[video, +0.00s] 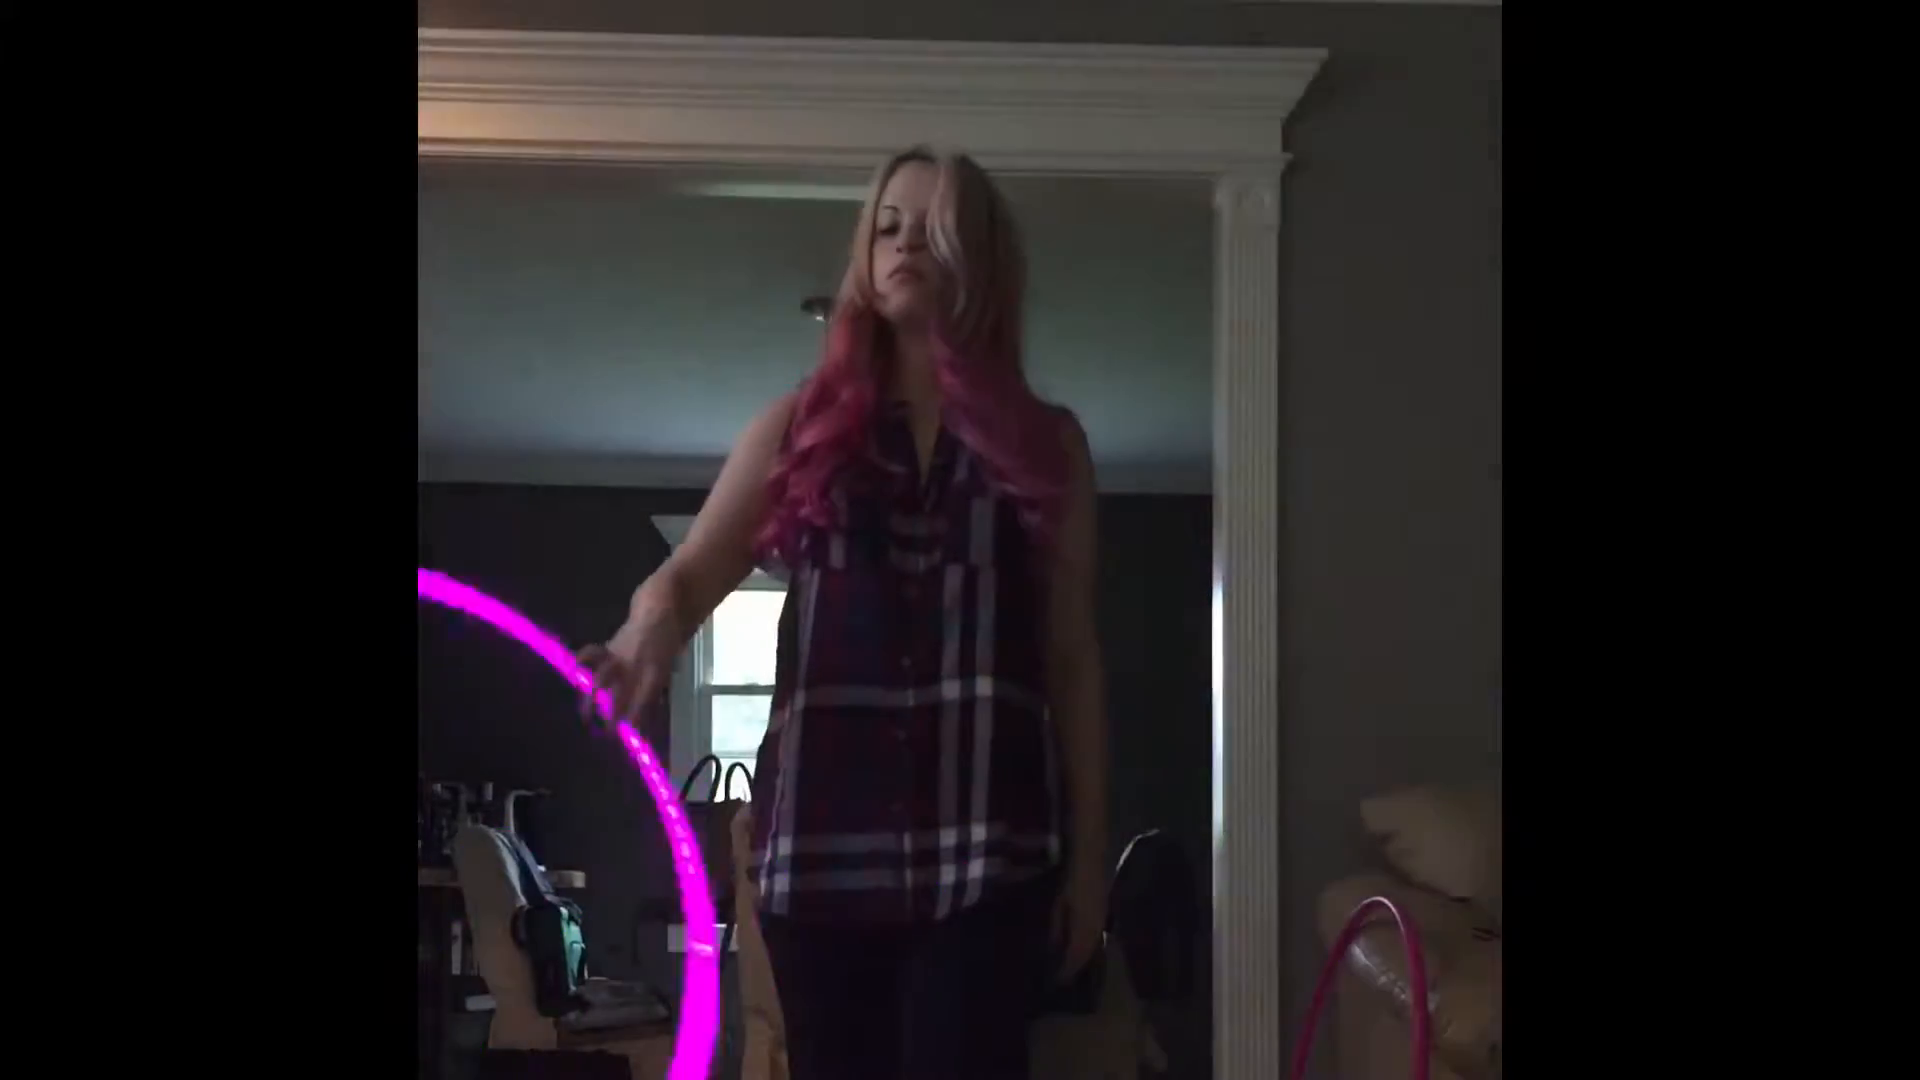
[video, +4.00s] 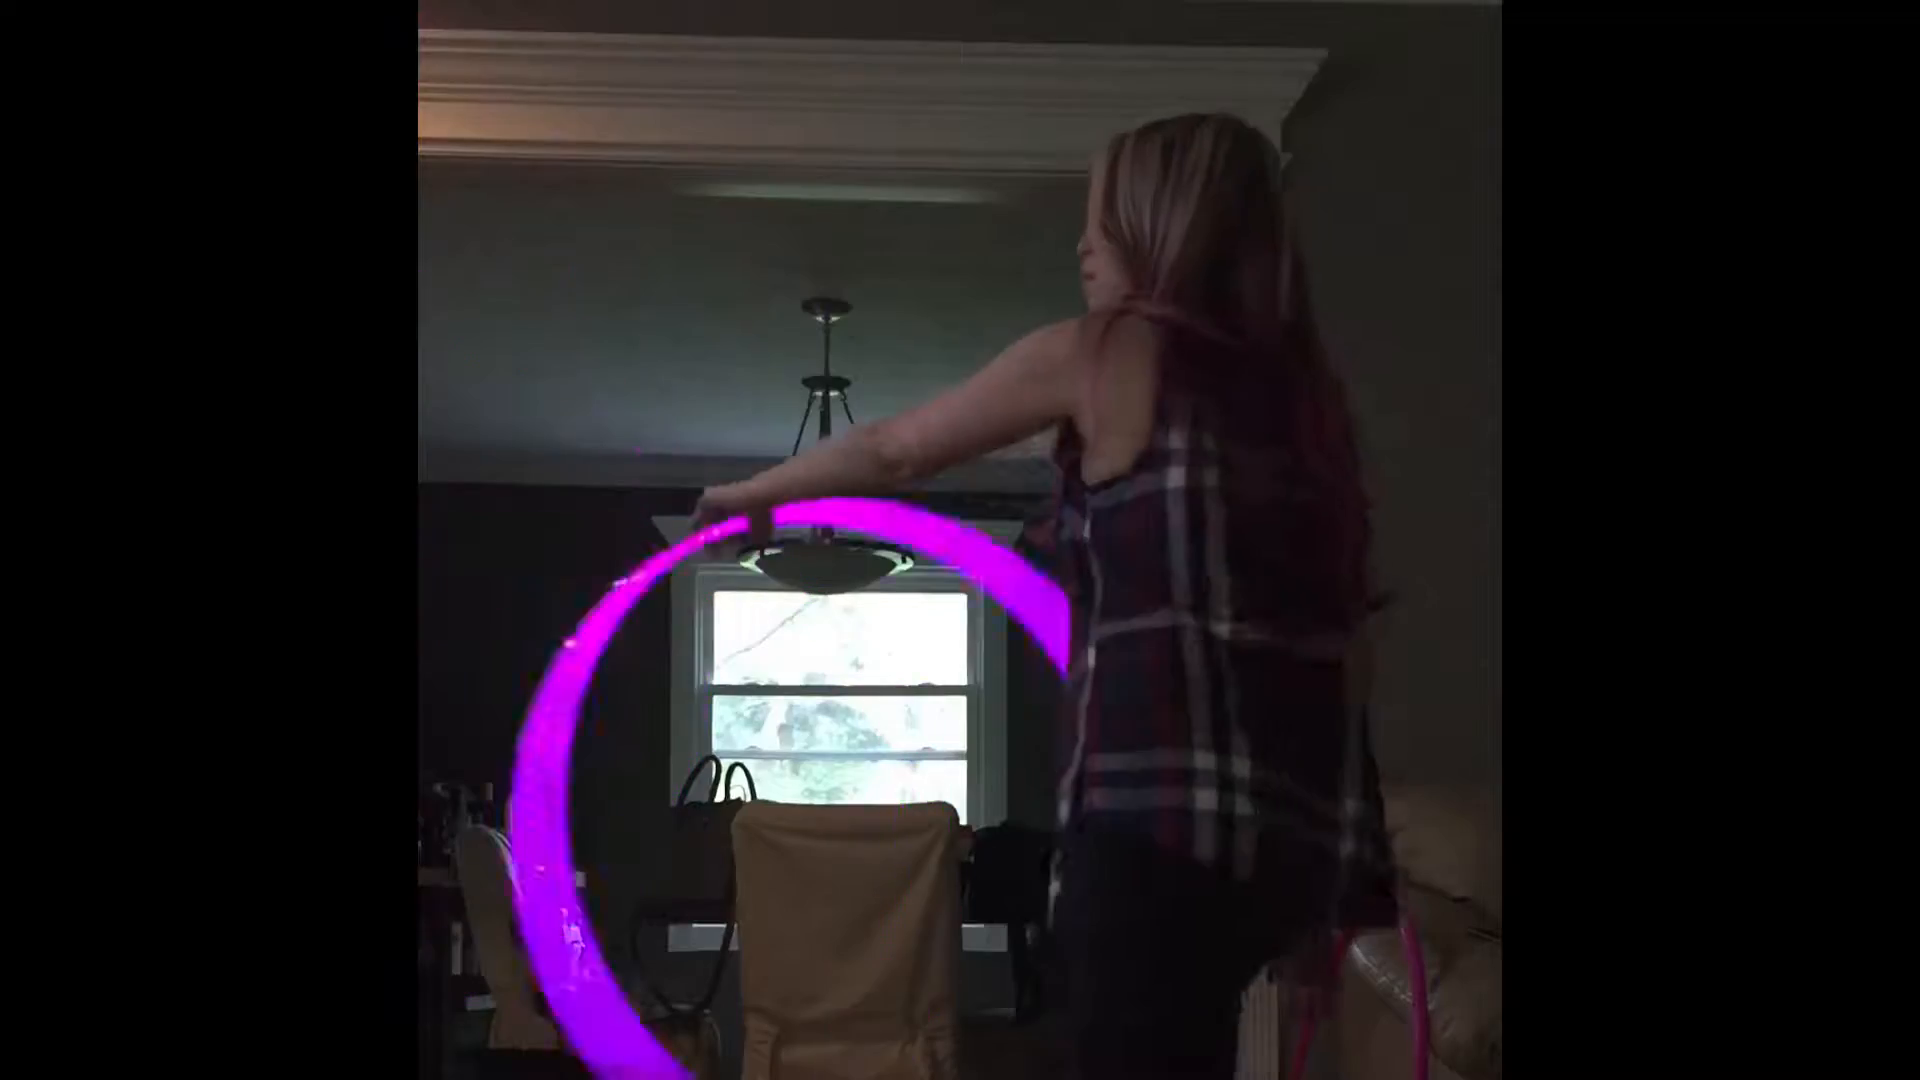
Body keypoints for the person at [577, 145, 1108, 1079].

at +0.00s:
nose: (909, 246)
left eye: (937, 232)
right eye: (891, 227)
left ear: (982, 261)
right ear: (863, 253)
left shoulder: (1043, 439)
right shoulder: (800, 422)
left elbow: (1072, 656)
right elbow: (697, 571)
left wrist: (1089, 852)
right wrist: (648, 634)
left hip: (986, 845)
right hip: (823, 844)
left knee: (967, 1063)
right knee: (834, 1065)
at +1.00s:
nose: (1004, 229)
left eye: (1031, 209)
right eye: (980, 214)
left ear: (1072, 244)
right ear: (950, 250)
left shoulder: (1134, 422)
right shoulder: (896, 407)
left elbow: (1173, 643)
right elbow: (738, 491)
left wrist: (1187, 840)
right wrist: (803, 368)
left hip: (1082, 850)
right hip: (907, 850)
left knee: (1053, 1070)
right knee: (893, 1067)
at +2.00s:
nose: (998, 269)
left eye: (1024, 249)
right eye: (974, 251)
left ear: (1063, 279)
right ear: (940, 283)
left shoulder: (1118, 471)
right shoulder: (883, 442)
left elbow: (1152, 687)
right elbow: (684, 497)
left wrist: (1164, 891)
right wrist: (782, 574)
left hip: (1055, 869)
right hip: (888, 852)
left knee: (1021, 1070)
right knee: (750, 1068)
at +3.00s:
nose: (943, 298)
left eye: (961, 280)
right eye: (942, 280)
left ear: (1019, 290)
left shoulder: (1053, 415)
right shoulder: (1041, 412)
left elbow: (912, 572)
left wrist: (743, 715)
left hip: (1045, 842)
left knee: (977, 1053)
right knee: (990, 1051)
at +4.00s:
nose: (1084, 248)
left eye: (1102, 223)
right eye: (1090, 224)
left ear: (1161, 230)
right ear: (1240, 235)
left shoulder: (1099, 350)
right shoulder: (1304, 382)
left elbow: (899, 449)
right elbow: (1346, 626)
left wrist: (750, 494)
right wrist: (1343, 866)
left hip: (1156, 814)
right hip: (1302, 813)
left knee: (1121, 1052)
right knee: (1186, 1046)